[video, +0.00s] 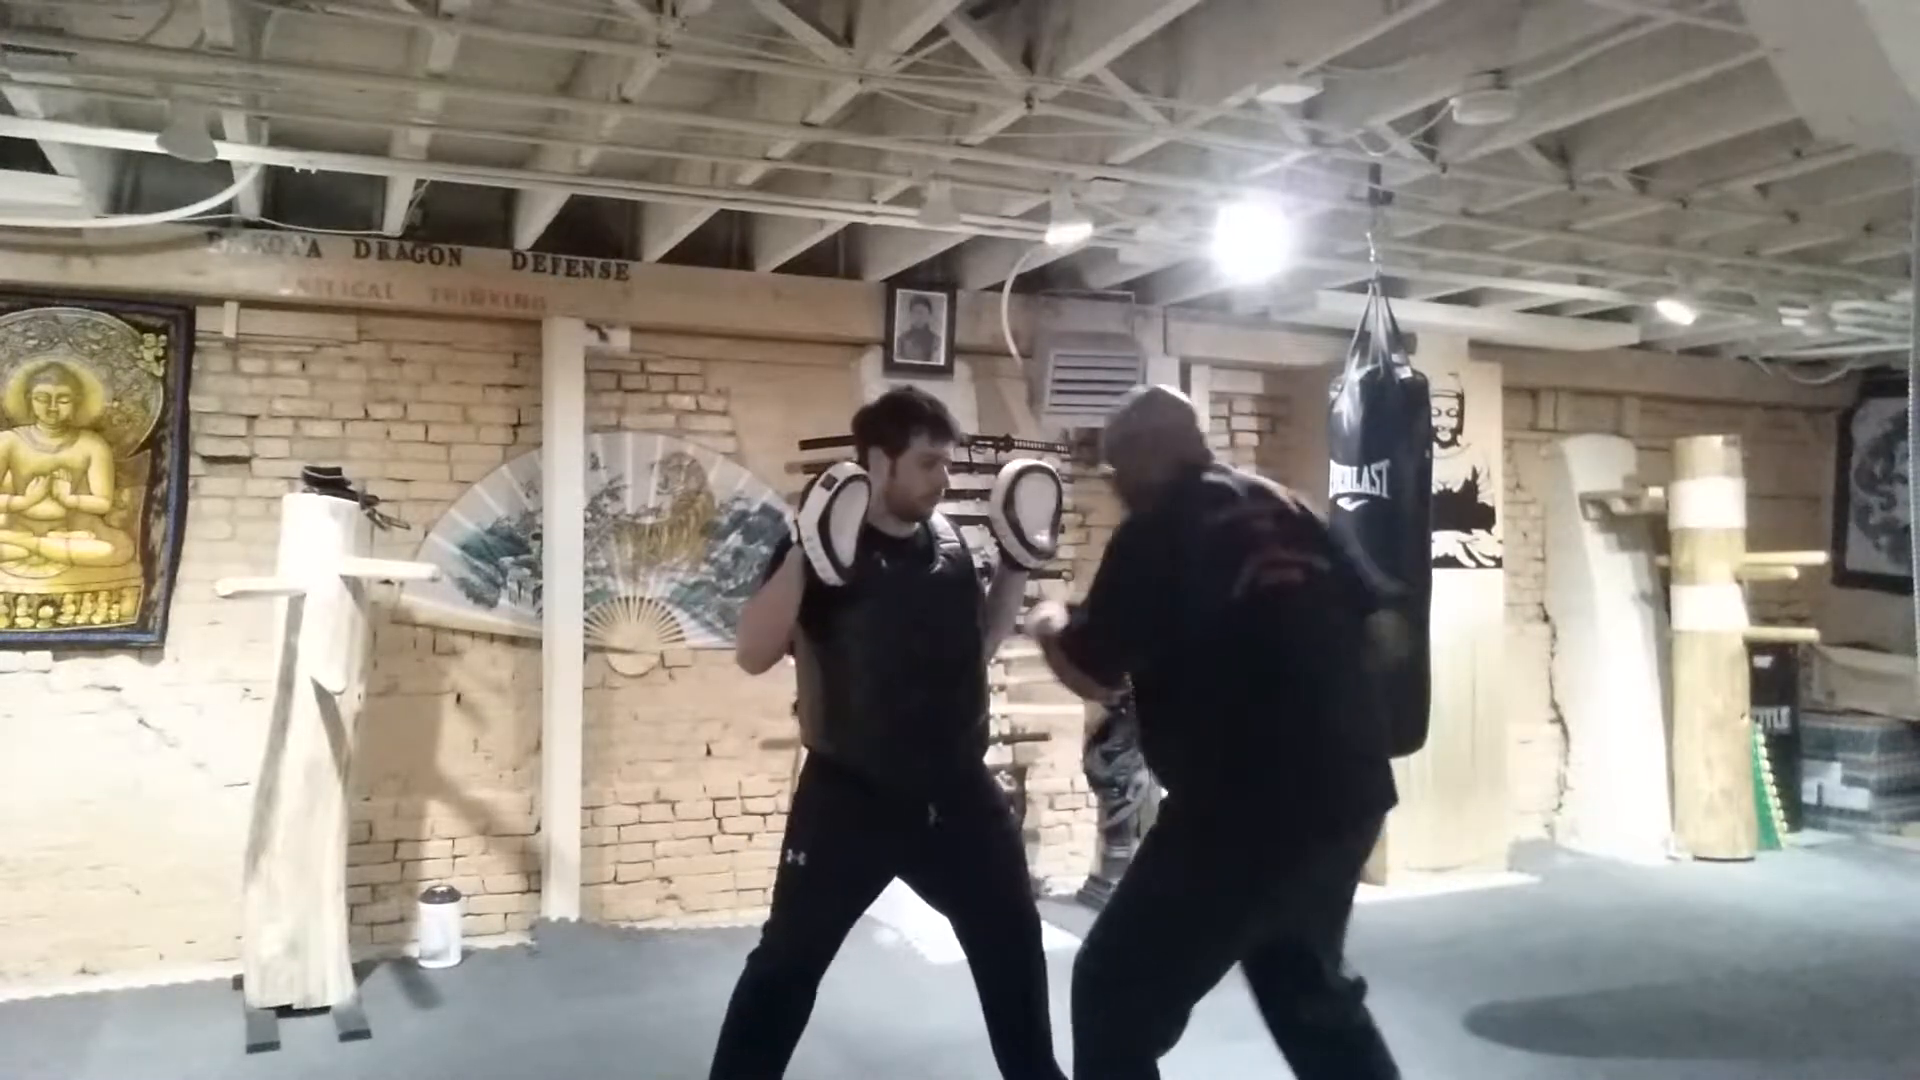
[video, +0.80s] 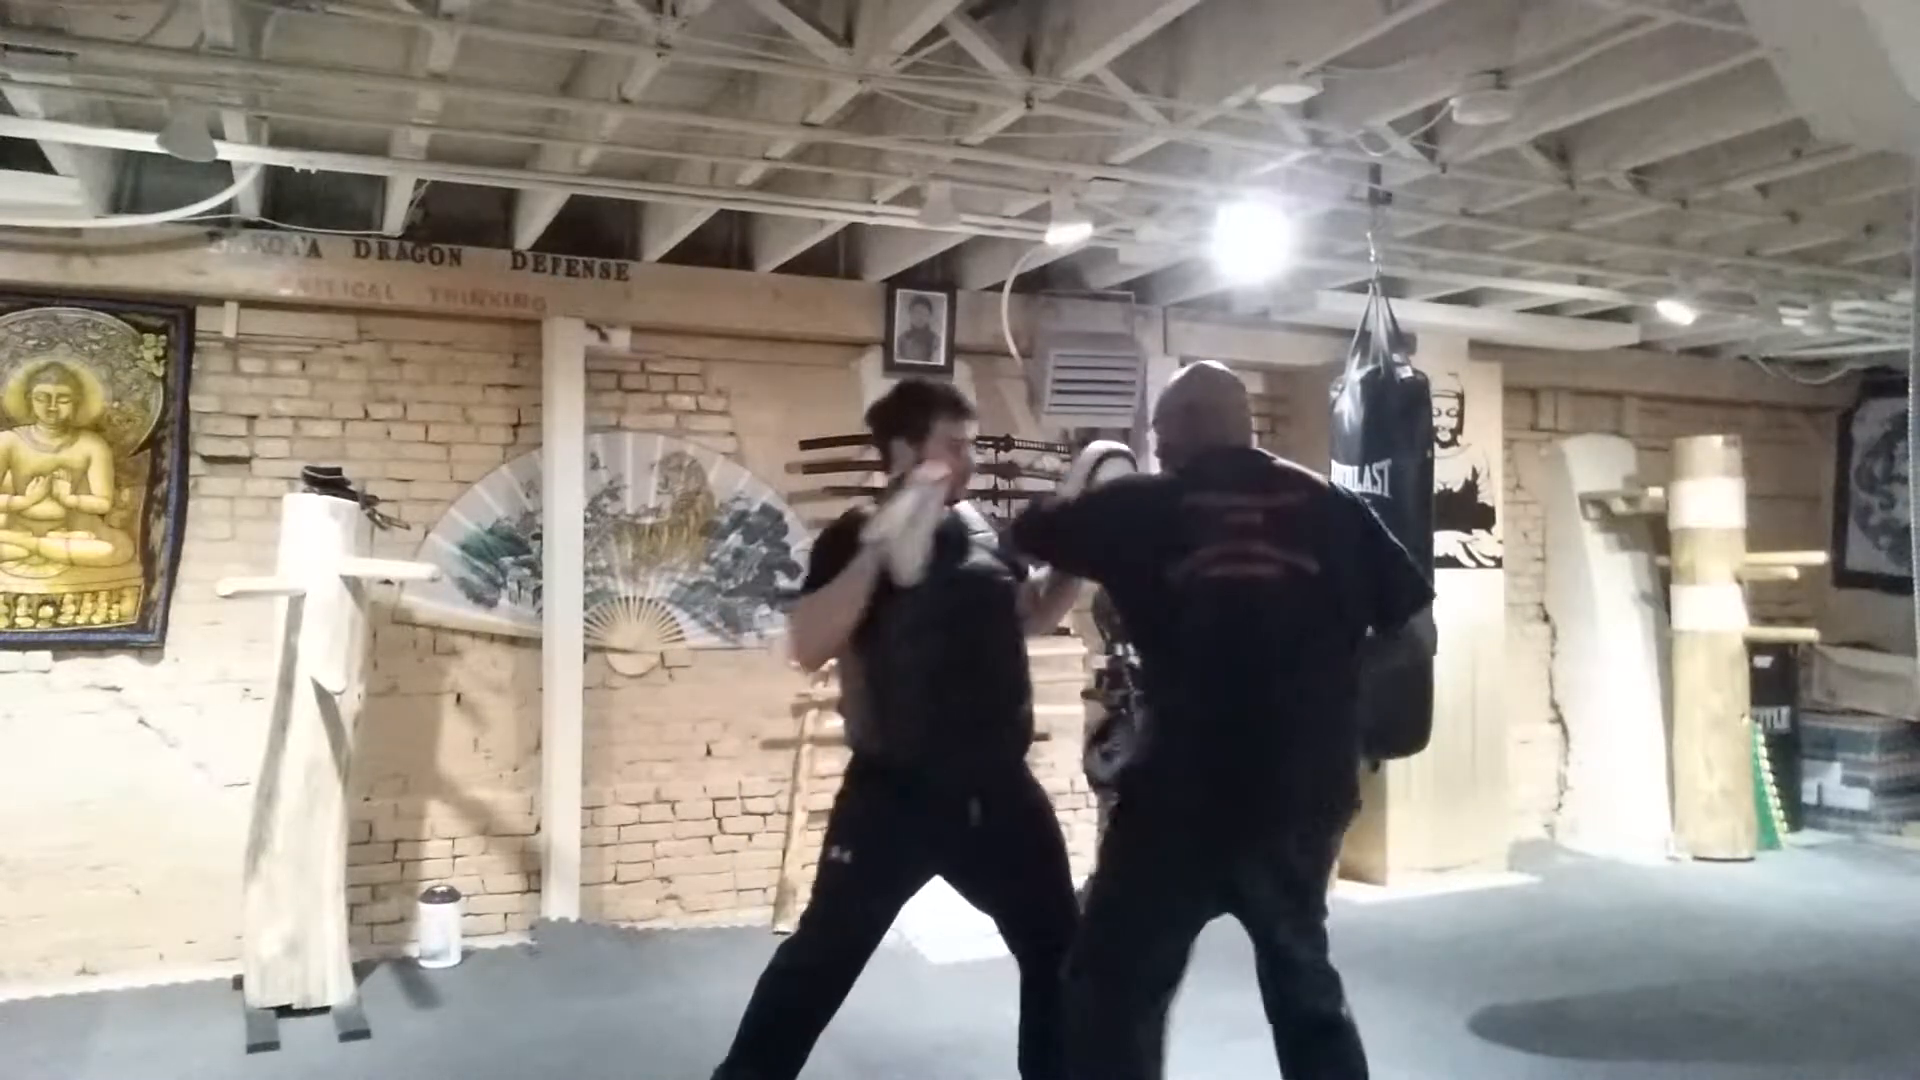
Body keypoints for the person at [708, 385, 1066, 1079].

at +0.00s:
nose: (944, 480)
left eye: (948, 464)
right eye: (931, 463)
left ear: (945, 463)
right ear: (877, 462)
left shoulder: (952, 539)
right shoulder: (815, 545)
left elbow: (977, 645)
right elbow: (753, 652)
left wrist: (1016, 562)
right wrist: (808, 551)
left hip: (954, 794)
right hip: (848, 797)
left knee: (1013, 946)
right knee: (786, 966)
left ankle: (1035, 1077)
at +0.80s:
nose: (970, 460)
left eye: (970, 445)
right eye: (955, 445)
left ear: (956, 455)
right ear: (904, 451)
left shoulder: (982, 532)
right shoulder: (855, 538)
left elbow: (1035, 615)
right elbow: (807, 647)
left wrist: (1078, 535)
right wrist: (879, 548)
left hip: (997, 790)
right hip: (890, 797)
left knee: (1058, 955)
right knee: (818, 965)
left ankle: (1051, 1075)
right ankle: (744, 1077)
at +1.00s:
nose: (1002, 459)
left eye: (1006, 446)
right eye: (992, 443)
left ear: (997, 453)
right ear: (943, 441)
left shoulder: (999, 533)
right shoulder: (897, 517)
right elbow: (898, 596)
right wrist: (980, 505)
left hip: (998, 788)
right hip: (904, 789)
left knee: (1054, 957)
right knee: (830, 959)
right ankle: (732, 1076)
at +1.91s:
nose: (967, 487)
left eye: (970, 471)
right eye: (957, 469)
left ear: (914, 466)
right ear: (904, 462)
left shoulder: (944, 550)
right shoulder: (830, 532)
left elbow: (961, 651)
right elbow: (820, 650)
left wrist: (1015, 598)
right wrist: (940, 578)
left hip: (940, 800)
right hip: (839, 802)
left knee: (1002, 963)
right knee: (773, 977)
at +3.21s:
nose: (1013, 482)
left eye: (1013, 468)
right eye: (996, 466)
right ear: (944, 470)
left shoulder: (1001, 567)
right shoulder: (882, 556)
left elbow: (1015, 659)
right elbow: (839, 674)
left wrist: (1054, 627)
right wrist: (963, 656)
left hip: (999, 813)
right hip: (894, 815)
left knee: (1077, 945)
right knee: (801, 976)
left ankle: (1089, 1076)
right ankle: (728, 1078)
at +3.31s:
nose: (1055, 481)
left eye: (1057, 467)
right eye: (1038, 465)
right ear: (984, 470)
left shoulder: (1053, 564)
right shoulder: (923, 553)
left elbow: (1077, 674)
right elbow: (885, 677)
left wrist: (1096, 670)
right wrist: (1001, 679)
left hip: (1041, 809)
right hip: (931, 808)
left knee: (1109, 946)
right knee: (855, 970)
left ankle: (1099, 1079)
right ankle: (793, 1076)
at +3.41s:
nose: (1071, 463)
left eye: (1074, 450)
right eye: (1054, 449)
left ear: (1073, 454)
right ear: (1000, 455)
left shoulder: (1078, 542)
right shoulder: (945, 533)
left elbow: (1114, 635)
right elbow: (903, 655)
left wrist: (1147, 624)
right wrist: (1034, 656)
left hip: (1060, 793)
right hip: (952, 791)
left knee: (1115, 938)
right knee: (895, 955)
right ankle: (853, 1073)